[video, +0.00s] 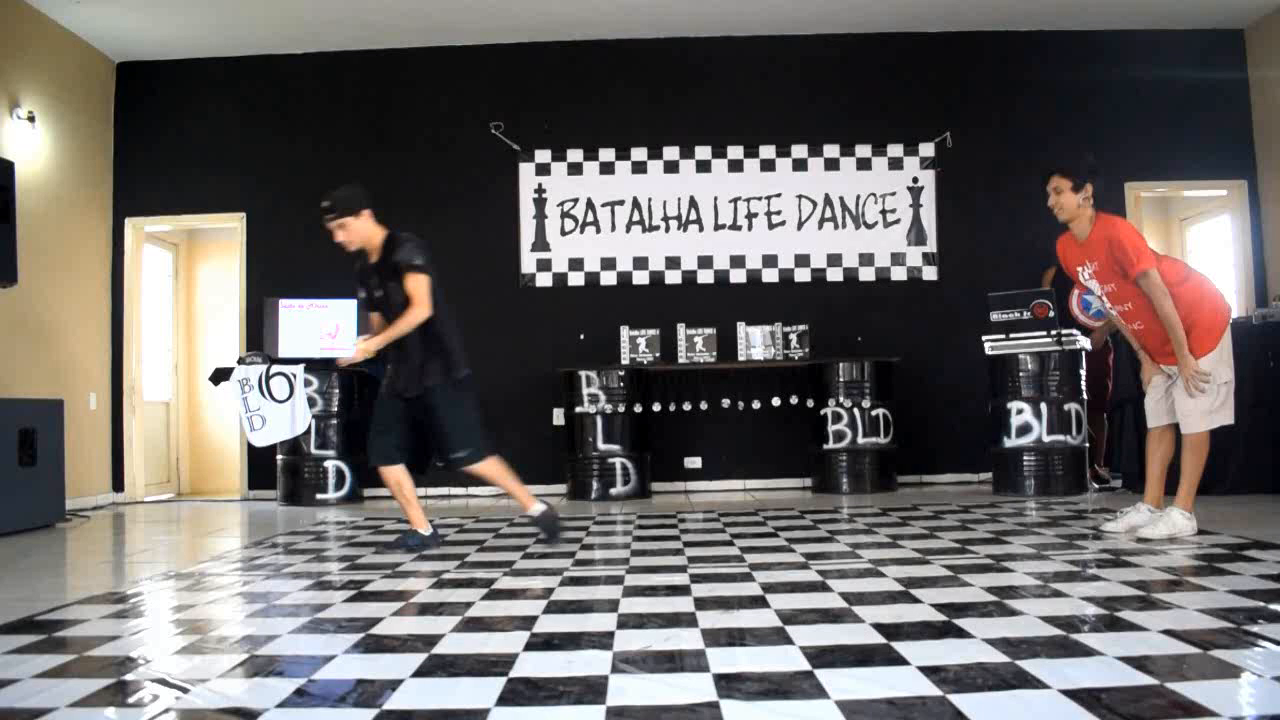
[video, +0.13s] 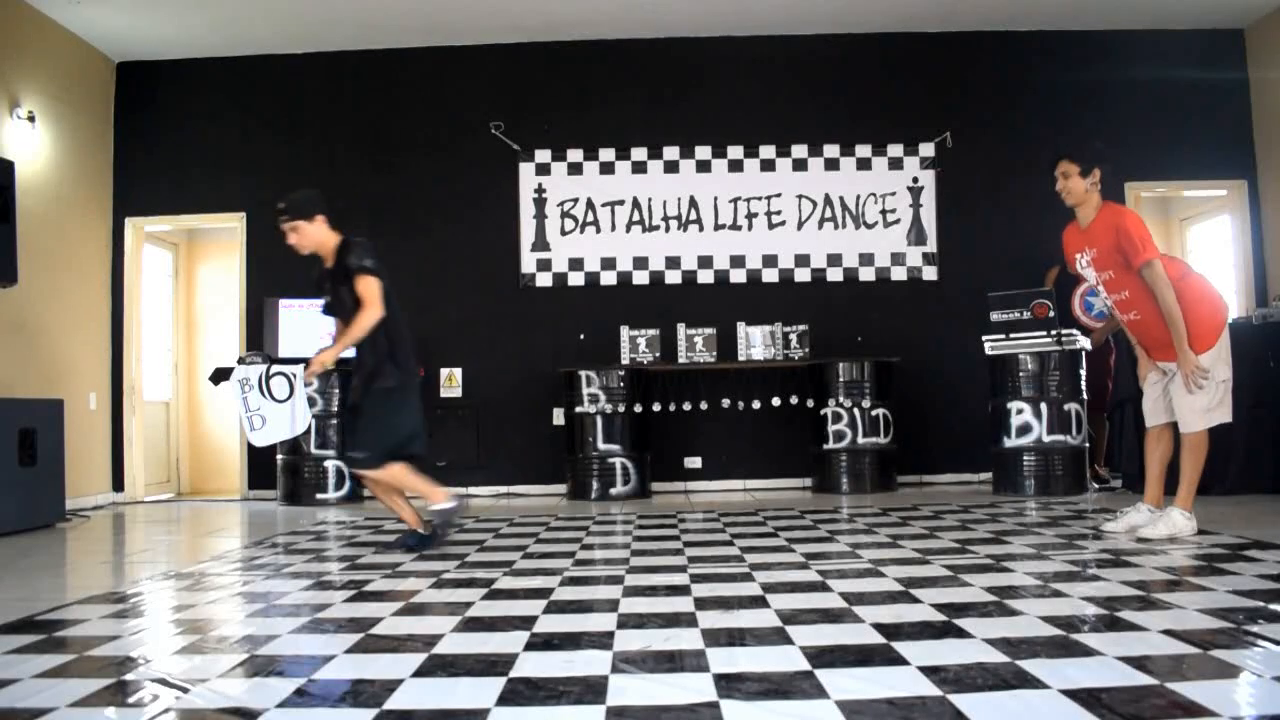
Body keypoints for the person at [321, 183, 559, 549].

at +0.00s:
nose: (337, 238)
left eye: (340, 227)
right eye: (332, 231)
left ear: (365, 216)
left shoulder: (406, 249)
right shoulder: (366, 271)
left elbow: (422, 308)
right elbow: (378, 331)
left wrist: (372, 343)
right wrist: (356, 350)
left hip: (440, 368)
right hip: (402, 373)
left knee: (466, 453)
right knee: (385, 453)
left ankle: (537, 509)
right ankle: (423, 530)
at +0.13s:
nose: (289, 240)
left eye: (293, 230)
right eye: (285, 233)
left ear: (319, 222)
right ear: (312, 227)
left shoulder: (356, 253)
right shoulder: (331, 271)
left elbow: (374, 309)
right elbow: (346, 326)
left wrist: (334, 351)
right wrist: (326, 359)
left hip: (391, 369)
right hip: (367, 371)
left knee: (368, 458)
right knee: (360, 461)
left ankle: (442, 498)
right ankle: (418, 527)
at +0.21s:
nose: (255, 234)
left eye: (259, 224)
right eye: (253, 226)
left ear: (287, 217)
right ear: (283, 221)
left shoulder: (322, 250)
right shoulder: (296, 269)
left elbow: (340, 305)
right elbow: (312, 326)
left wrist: (303, 353)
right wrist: (295, 366)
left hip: (360, 371)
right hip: (346, 372)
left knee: (301, 445)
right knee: (356, 462)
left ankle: (352, 517)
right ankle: (421, 527)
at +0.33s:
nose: (198, 220)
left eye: (200, 209)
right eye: (194, 212)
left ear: (225, 201)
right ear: (217, 207)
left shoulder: (266, 239)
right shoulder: (234, 257)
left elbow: (282, 301)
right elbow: (248, 313)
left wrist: (245, 355)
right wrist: (239, 360)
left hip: (287, 369)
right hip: (283, 370)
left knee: (231, 441)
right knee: (317, 453)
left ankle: (196, 537)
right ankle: (388, 509)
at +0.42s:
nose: (154, 225)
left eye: (157, 214)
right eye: (150, 217)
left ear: (183, 208)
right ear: (176, 213)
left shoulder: (220, 247)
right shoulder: (195, 259)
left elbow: (238, 311)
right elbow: (210, 316)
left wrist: (195, 358)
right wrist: (191, 359)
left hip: (242, 368)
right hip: (237, 368)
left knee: (182, 447)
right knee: (256, 462)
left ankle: (156, 544)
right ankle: (340, 495)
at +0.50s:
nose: (98, 246)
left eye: (101, 236)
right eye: (96, 238)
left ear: (125, 230)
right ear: (124, 232)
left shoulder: (163, 271)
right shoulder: (153, 274)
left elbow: (175, 336)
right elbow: (164, 341)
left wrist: (126, 377)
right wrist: (129, 384)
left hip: (196, 377)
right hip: (196, 377)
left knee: (125, 449)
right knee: (169, 469)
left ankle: (147, 544)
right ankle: (243, 496)